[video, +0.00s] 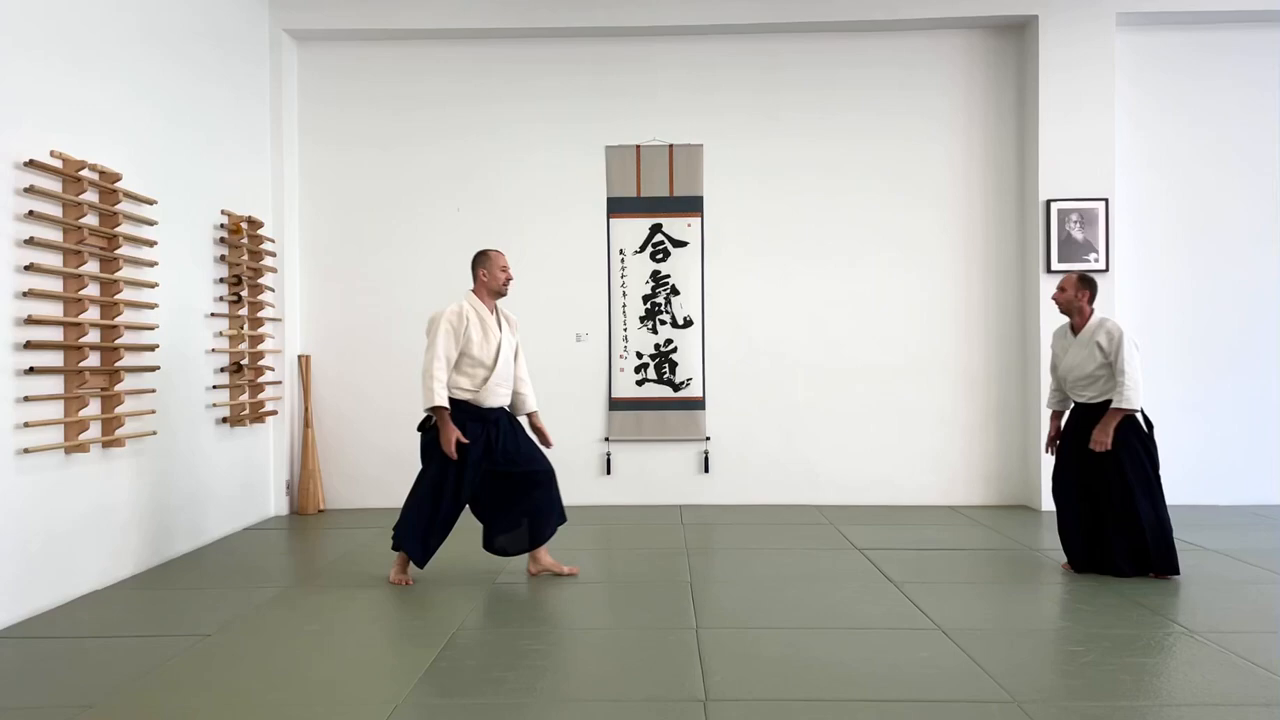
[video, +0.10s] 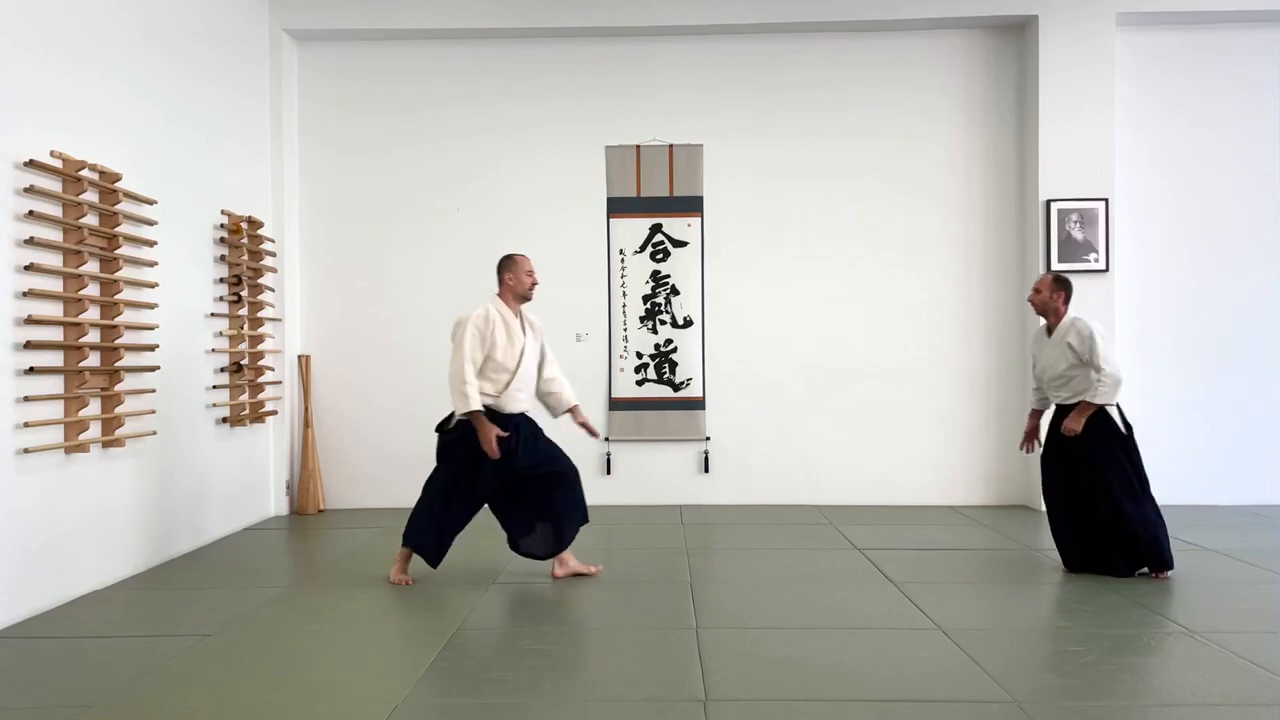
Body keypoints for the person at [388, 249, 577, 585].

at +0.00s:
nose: (510, 276)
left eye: (509, 270)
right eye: (503, 270)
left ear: (490, 277)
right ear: (482, 275)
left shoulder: (507, 322)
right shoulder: (453, 316)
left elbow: (518, 375)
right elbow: (435, 370)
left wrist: (532, 417)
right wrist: (444, 422)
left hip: (499, 422)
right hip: (458, 419)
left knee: (540, 474)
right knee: (435, 489)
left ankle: (539, 555)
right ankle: (402, 561)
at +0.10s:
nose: (535, 280)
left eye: (535, 274)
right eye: (528, 274)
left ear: (518, 280)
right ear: (508, 279)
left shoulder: (532, 327)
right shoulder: (478, 321)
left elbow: (548, 376)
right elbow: (462, 377)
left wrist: (576, 413)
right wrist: (481, 424)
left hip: (519, 426)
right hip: (476, 424)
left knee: (563, 475)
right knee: (442, 491)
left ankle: (564, 558)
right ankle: (403, 560)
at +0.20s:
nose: (567, 279)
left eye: (567, 273)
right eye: (561, 273)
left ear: (550, 279)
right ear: (541, 277)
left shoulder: (563, 326)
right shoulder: (512, 320)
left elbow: (588, 368)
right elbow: (495, 374)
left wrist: (621, 396)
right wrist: (518, 418)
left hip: (549, 424)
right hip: (508, 422)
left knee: (582, 483)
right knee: (469, 489)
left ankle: (563, 563)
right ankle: (415, 550)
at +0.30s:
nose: (598, 275)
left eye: (596, 269)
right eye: (591, 269)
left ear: (575, 274)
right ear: (571, 273)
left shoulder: (591, 319)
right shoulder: (547, 316)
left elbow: (620, 356)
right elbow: (534, 374)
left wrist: (658, 380)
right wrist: (551, 419)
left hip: (577, 421)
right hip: (543, 422)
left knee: (591, 490)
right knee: (536, 495)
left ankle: (566, 564)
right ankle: (476, 536)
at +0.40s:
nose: (627, 272)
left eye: (625, 266)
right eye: (620, 266)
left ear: (604, 273)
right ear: (600, 272)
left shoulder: (614, 316)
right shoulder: (578, 314)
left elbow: (646, 353)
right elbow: (572, 373)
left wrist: (688, 371)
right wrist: (593, 419)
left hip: (605, 415)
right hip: (580, 418)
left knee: (606, 488)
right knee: (599, 489)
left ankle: (573, 560)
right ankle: (566, 560)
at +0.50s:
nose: (659, 273)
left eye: (657, 267)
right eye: (653, 268)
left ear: (635, 275)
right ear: (635, 274)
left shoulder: (646, 319)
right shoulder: (613, 317)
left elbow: (677, 346)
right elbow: (620, 371)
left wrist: (718, 361)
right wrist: (655, 399)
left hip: (626, 419)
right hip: (616, 421)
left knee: (605, 492)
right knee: (680, 480)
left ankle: (568, 559)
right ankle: (687, 571)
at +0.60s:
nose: (694, 273)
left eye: (692, 266)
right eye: (689, 267)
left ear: (664, 274)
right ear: (673, 273)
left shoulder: (659, 309)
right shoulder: (660, 311)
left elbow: (706, 340)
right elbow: (702, 349)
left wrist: (753, 354)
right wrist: (759, 363)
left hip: (639, 415)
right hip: (663, 419)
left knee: (616, 491)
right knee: (724, 486)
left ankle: (569, 559)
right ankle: (759, 575)